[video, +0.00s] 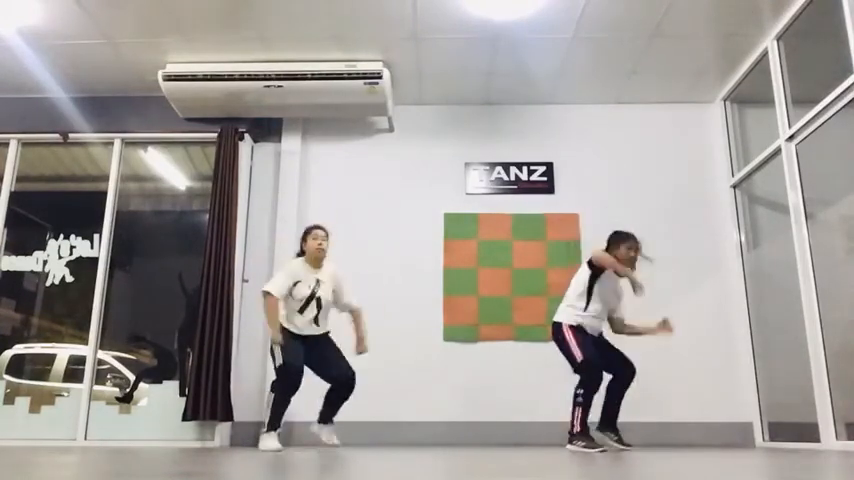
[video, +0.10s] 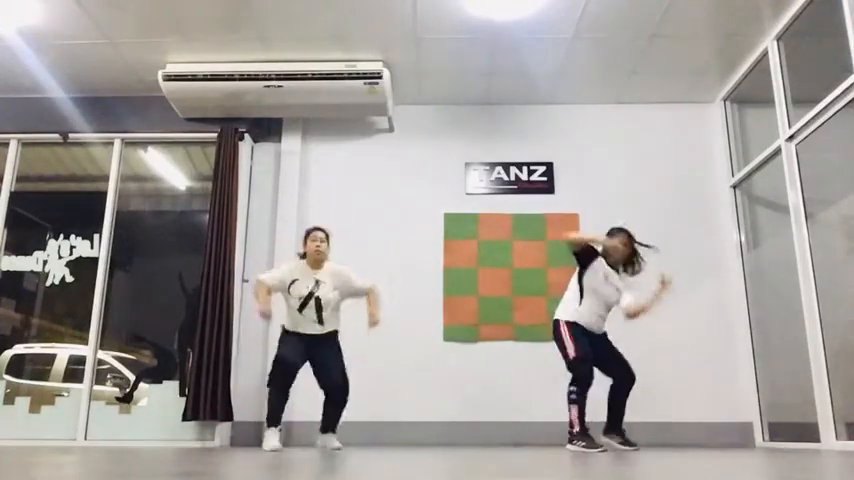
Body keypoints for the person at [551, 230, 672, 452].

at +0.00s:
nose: (635, 256)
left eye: (637, 251)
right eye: (630, 250)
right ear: (614, 251)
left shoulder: (615, 287)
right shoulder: (597, 266)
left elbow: (618, 327)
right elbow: (599, 257)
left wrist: (655, 329)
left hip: (591, 334)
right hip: (568, 326)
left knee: (625, 370)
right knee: (591, 373)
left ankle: (607, 428)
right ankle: (577, 435)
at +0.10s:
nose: (621, 248)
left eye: (626, 246)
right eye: (618, 243)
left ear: (629, 253)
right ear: (607, 244)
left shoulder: (620, 284)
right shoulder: (591, 260)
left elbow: (630, 312)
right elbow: (570, 239)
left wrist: (656, 294)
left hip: (595, 334)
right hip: (569, 324)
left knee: (625, 376)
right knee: (582, 374)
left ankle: (613, 431)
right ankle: (577, 435)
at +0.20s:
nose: (604, 239)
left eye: (609, 236)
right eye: (600, 234)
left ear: (618, 241)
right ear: (593, 236)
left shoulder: (621, 270)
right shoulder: (581, 255)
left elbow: (641, 284)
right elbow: (555, 233)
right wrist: (579, 223)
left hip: (598, 330)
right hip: (570, 323)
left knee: (617, 380)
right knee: (573, 369)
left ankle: (610, 434)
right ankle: (567, 430)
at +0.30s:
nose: (594, 230)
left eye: (598, 227)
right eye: (590, 226)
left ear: (604, 232)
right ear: (581, 230)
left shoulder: (613, 255)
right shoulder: (570, 250)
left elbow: (646, 258)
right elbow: (541, 234)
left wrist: (642, 227)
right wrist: (557, 214)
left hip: (600, 326)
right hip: (570, 323)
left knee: (618, 374)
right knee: (560, 375)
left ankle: (614, 430)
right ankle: (550, 430)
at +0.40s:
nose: (584, 232)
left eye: (588, 228)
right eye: (579, 228)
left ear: (593, 234)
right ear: (569, 234)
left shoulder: (603, 254)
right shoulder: (561, 254)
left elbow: (634, 247)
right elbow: (529, 243)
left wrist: (632, 225)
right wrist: (545, 219)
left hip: (597, 327)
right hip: (568, 326)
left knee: (617, 376)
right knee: (557, 380)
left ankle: (620, 430)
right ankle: (548, 433)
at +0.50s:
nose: (577, 236)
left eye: (581, 232)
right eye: (572, 232)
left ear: (588, 238)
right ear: (563, 239)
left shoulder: (597, 260)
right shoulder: (555, 261)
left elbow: (626, 246)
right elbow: (525, 251)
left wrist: (608, 230)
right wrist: (543, 227)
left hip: (596, 334)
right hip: (566, 335)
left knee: (613, 383)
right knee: (557, 385)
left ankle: (620, 435)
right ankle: (548, 435)